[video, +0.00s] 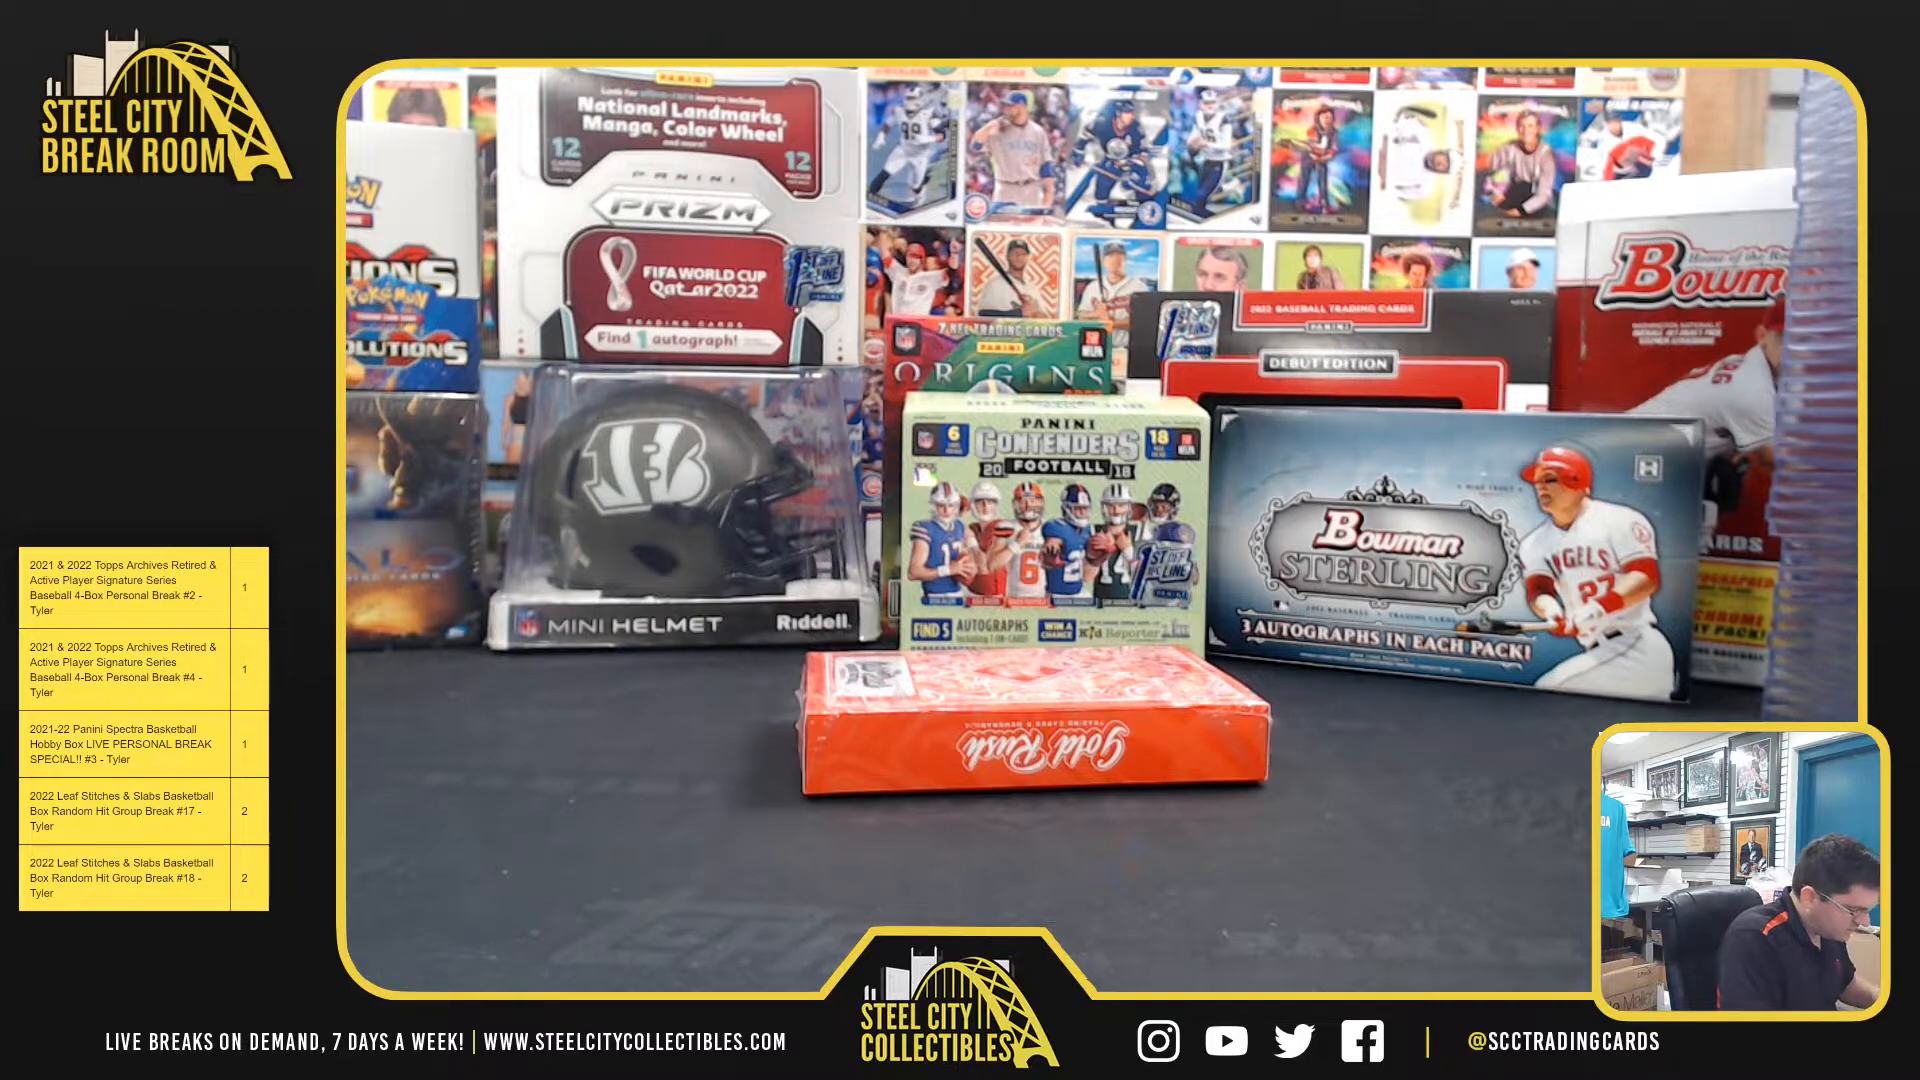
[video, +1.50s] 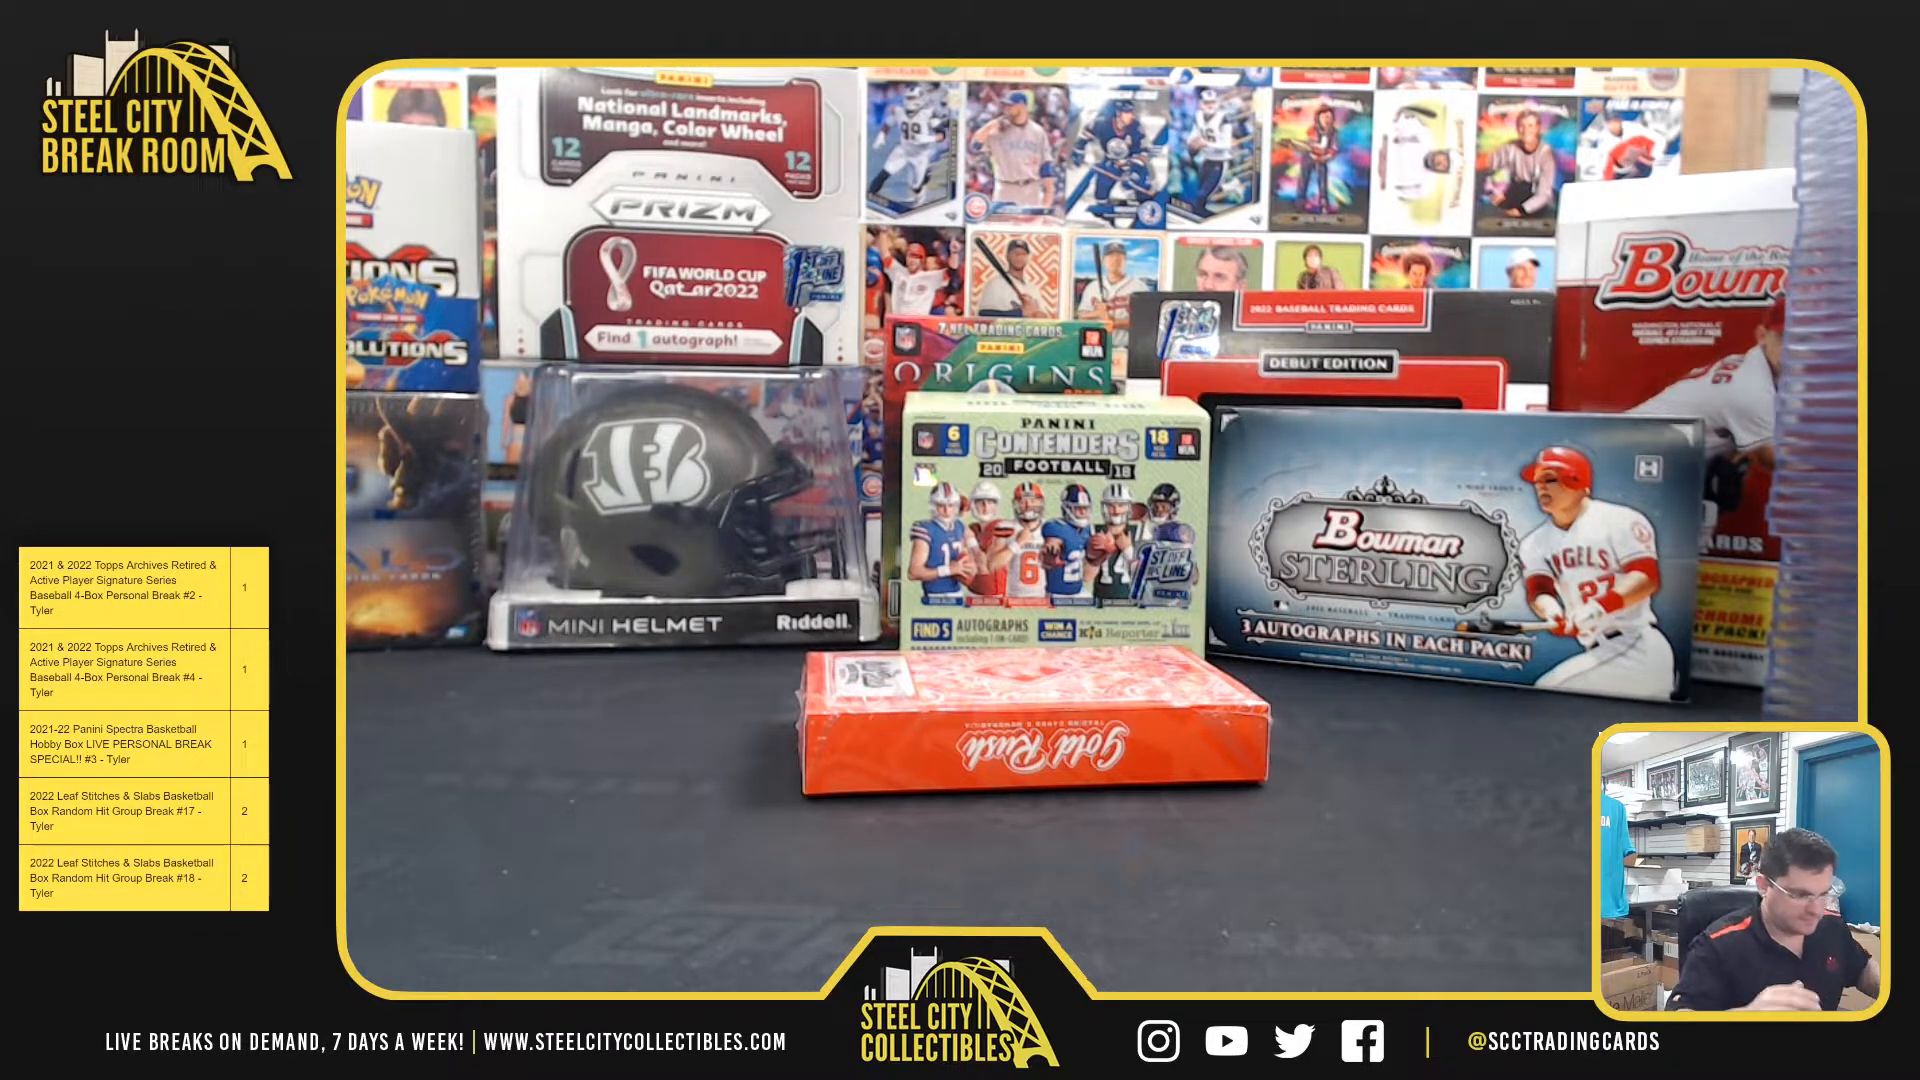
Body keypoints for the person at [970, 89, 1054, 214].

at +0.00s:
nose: (1006, 110)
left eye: (1010, 106)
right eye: (1006, 106)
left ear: (1022, 107)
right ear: (1004, 107)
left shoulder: (1038, 132)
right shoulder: (997, 129)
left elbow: (1046, 166)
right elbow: (974, 148)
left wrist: (1048, 198)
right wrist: (991, 127)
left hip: (1031, 186)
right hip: (1005, 186)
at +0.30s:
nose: (1006, 110)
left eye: (1010, 106)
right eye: (1006, 106)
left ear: (1022, 107)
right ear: (1004, 107)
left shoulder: (1038, 132)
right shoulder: (996, 129)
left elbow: (1046, 166)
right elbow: (974, 147)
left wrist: (1048, 198)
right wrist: (991, 127)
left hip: (1032, 186)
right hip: (1005, 186)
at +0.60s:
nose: (1006, 110)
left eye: (1010, 106)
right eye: (1006, 106)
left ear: (1022, 107)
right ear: (1004, 107)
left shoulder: (1038, 132)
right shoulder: (996, 129)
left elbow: (1046, 166)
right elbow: (974, 147)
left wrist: (1048, 198)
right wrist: (991, 127)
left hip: (1032, 186)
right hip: (1005, 186)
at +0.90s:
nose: (1006, 110)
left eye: (1010, 106)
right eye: (1005, 106)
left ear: (1022, 107)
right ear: (1004, 107)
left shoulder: (1038, 132)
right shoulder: (996, 129)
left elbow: (1046, 166)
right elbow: (974, 148)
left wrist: (1048, 198)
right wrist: (991, 127)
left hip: (1032, 186)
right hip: (1005, 186)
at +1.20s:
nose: (1006, 110)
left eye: (1010, 106)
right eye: (1006, 106)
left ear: (1022, 106)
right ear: (1004, 107)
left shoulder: (1038, 132)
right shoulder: (996, 129)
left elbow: (1046, 166)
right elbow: (974, 148)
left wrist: (1048, 199)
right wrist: (990, 127)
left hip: (1031, 186)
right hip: (1005, 186)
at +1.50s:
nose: (1006, 110)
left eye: (1010, 106)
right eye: (1005, 106)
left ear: (1022, 107)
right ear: (1004, 107)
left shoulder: (1038, 132)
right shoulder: (996, 129)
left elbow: (1046, 166)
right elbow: (974, 148)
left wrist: (1048, 198)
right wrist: (990, 127)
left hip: (1031, 186)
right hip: (1005, 186)